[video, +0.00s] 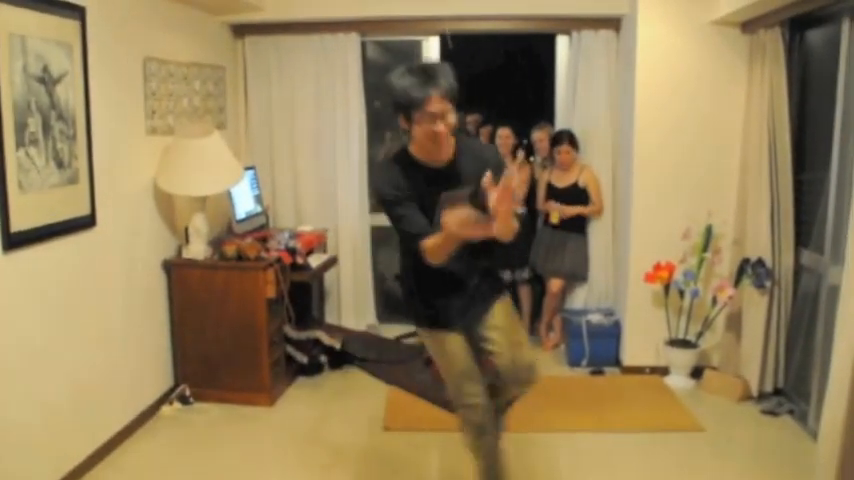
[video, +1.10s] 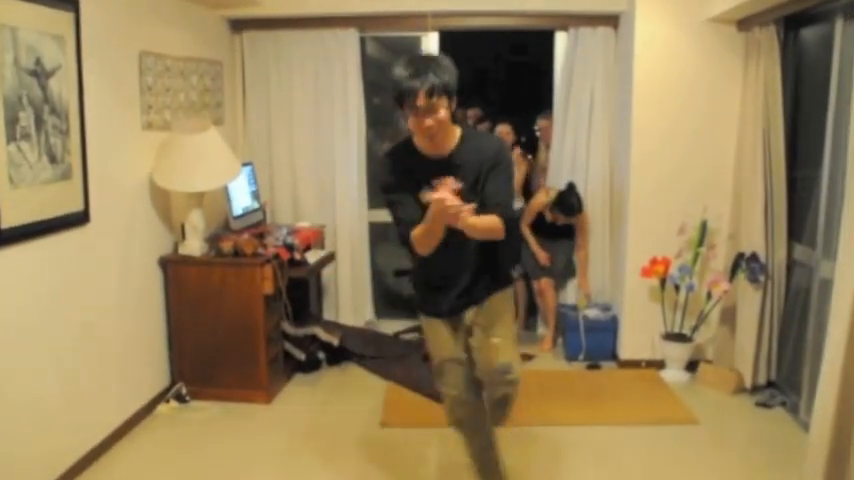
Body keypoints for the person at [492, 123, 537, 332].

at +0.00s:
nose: (504, 142)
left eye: (508, 137)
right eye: (501, 138)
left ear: (515, 141)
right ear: (494, 141)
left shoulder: (523, 167)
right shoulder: (491, 167)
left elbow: (520, 194)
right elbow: (485, 195)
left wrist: (511, 167)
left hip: (519, 216)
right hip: (496, 217)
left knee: (521, 275)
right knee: (501, 274)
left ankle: (526, 324)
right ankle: (502, 323)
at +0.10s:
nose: (505, 142)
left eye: (508, 137)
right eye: (501, 137)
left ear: (515, 140)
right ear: (494, 141)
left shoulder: (524, 166)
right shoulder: (489, 167)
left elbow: (518, 191)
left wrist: (510, 165)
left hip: (519, 228)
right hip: (497, 229)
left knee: (521, 277)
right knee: (500, 278)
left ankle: (525, 319)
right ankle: (501, 317)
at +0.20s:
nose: (503, 142)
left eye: (507, 138)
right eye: (499, 138)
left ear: (515, 141)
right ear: (494, 142)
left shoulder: (522, 166)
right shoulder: (488, 165)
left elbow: (517, 195)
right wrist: (516, 244)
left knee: (517, 278)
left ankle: (524, 324)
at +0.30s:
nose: (503, 143)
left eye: (507, 138)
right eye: (500, 139)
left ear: (516, 142)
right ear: (494, 142)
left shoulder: (523, 168)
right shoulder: (490, 168)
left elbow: (521, 195)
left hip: (516, 224)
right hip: (494, 224)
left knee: (516, 276)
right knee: (497, 276)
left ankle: (524, 321)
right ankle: (499, 317)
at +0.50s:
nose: (505, 140)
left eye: (509, 135)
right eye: (501, 135)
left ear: (516, 139)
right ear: (494, 139)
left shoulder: (522, 164)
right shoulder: (491, 164)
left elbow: (519, 190)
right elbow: (485, 190)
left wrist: (513, 160)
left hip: (517, 218)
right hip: (494, 218)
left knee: (519, 276)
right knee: (497, 275)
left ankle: (523, 322)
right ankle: (498, 318)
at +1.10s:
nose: (502, 140)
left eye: (506, 135)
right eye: (499, 136)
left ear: (514, 138)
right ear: (493, 138)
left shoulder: (519, 159)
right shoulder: (490, 159)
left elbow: (517, 189)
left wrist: (517, 164)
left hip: (514, 213)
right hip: (493, 212)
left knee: (516, 269)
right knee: (500, 268)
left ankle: (521, 318)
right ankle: (505, 319)